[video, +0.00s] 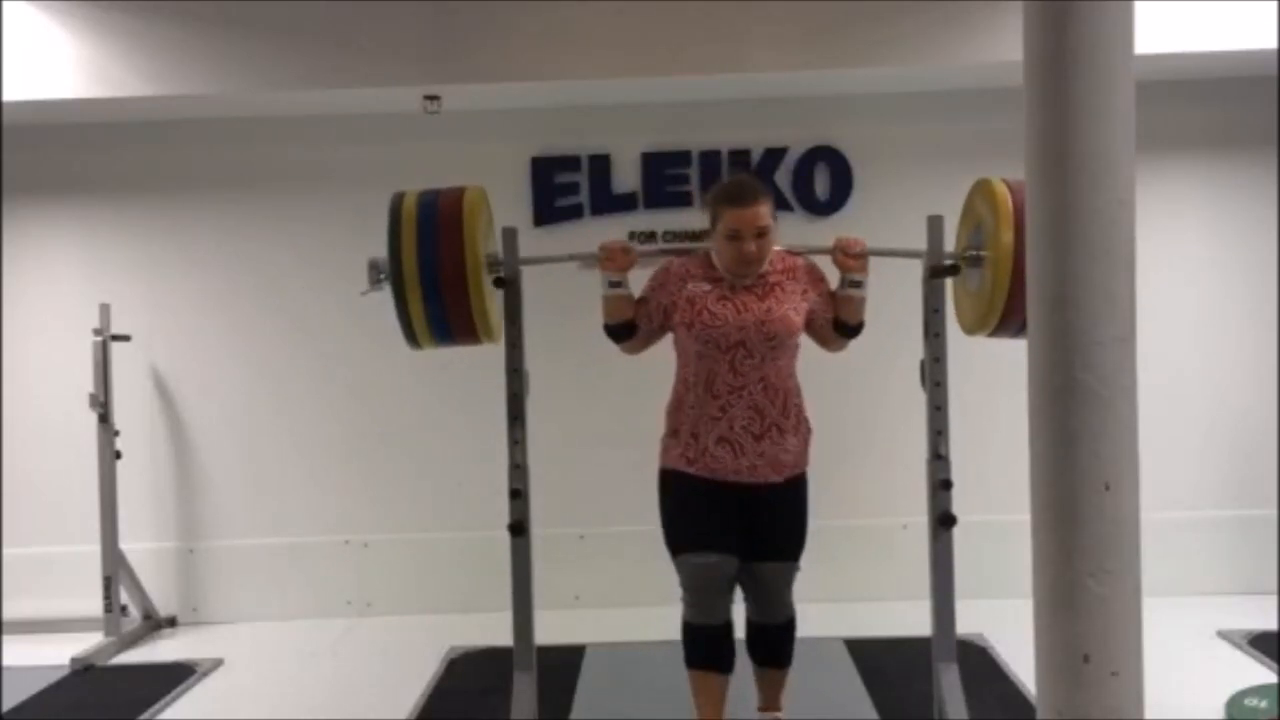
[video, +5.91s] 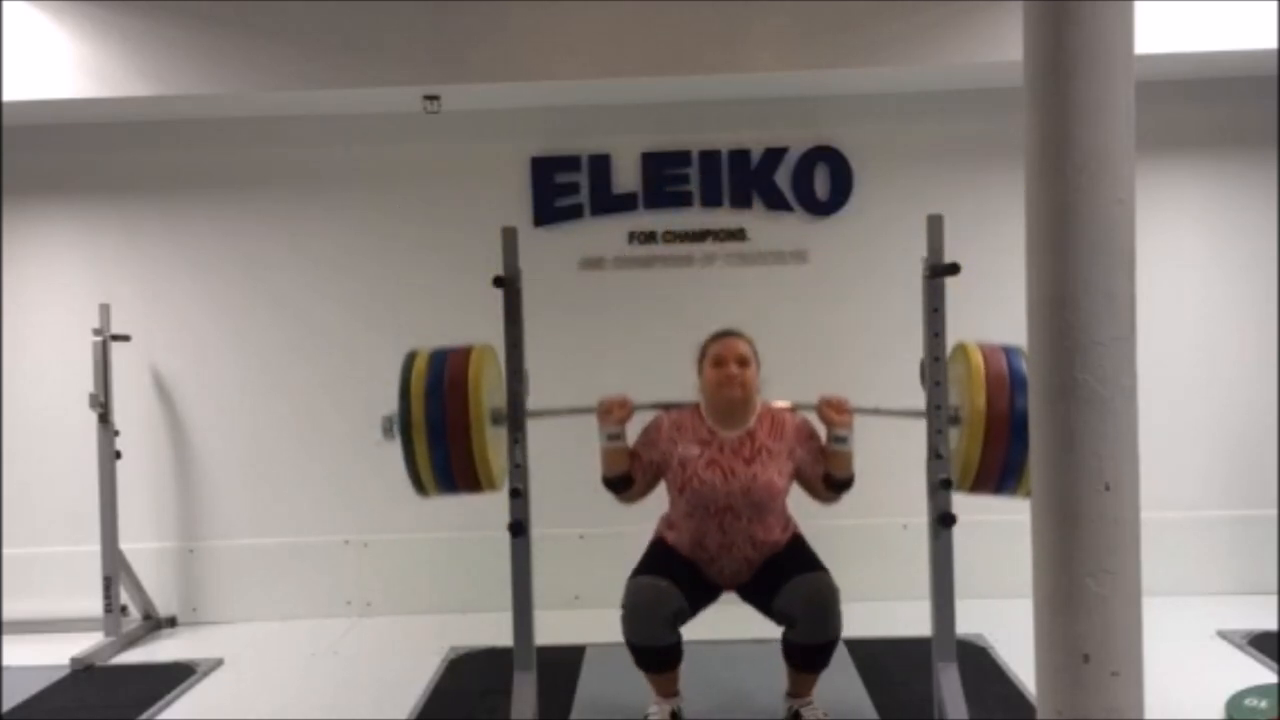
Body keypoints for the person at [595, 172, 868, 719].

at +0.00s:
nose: (748, 249)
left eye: (760, 235)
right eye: (734, 237)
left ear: (775, 229)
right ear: (712, 232)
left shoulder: (796, 274)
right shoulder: (680, 276)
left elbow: (837, 336)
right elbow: (629, 338)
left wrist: (852, 280)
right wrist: (615, 281)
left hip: (775, 465)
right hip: (697, 464)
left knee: (772, 597)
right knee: (706, 595)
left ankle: (771, 711)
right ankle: (709, 716)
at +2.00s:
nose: (702, 232)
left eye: (711, 222)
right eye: (689, 223)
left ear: (727, 228)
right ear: (671, 230)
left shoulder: (753, 278)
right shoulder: (642, 280)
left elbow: (793, 340)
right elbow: (599, 341)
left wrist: (805, 284)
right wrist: (585, 281)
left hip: (742, 459)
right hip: (665, 461)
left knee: (763, 580)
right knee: (670, 582)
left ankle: (795, 696)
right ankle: (665, 698)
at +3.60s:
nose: (726, 294)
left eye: (736, 285)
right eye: (713, 286)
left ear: (752, 297)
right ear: (695, 300)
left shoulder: (780, 352)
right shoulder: (666, 354)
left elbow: (822, 414)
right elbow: (621, 418)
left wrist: (833, 357)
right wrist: (606, 357)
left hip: (764, 489)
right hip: (682, 492)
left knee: (808, 584)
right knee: (656, 590)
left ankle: (801, 700)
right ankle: (665, 703)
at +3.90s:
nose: (730, 367)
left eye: (741, 358)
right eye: (717, 359)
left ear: (757, 370)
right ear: (699, 372)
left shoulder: (786, 421)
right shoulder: (671, 423)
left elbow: (828, 484)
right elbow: (627, 488)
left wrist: (840, 429)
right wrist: (611, 429)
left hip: (770, 545)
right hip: (688, 547)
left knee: (820, 604)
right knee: (650, 611)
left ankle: (801, 703)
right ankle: (667, 705)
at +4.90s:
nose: (732, 294)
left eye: (742, 287)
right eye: (719, 287)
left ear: (759, 303)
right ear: (700, 306)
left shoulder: (784, 355)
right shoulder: (670, 357)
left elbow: (828, 418)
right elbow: (626, 421)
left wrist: (840, 363)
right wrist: (611, 363)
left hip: (769, 489)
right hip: (687, 492)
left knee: (805, 583)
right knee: (658, 587)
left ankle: (800, 701)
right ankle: (665, 702)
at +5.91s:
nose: (731, 371)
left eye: (742, 363)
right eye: (718, 363)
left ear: (757, 376)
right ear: (700, 377)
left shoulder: (786, 428)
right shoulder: (671, 428)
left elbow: (829, 491)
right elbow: (627, 491)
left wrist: (840, 435)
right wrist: (612, 435)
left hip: (770, 553)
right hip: (686, 554)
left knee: (818, 603)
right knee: (644, 608)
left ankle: (801, 703)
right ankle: (666, 705)